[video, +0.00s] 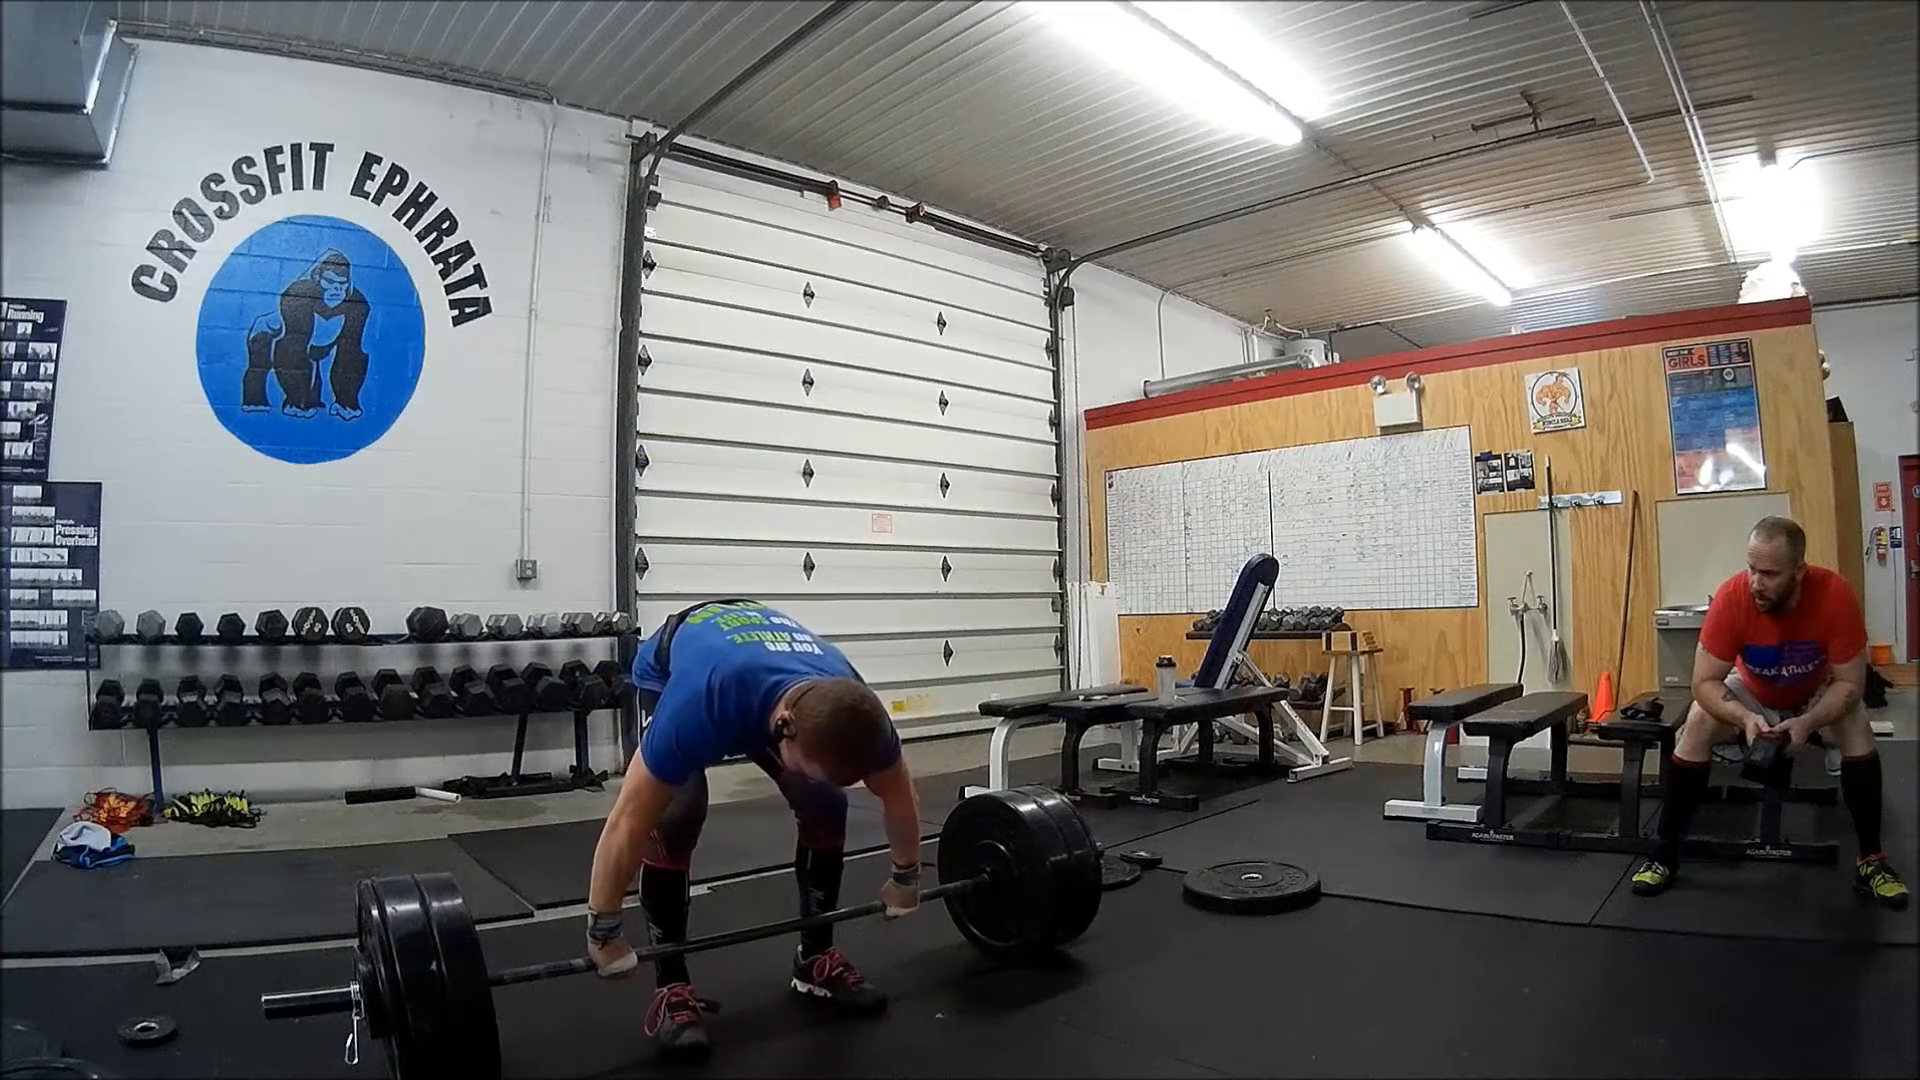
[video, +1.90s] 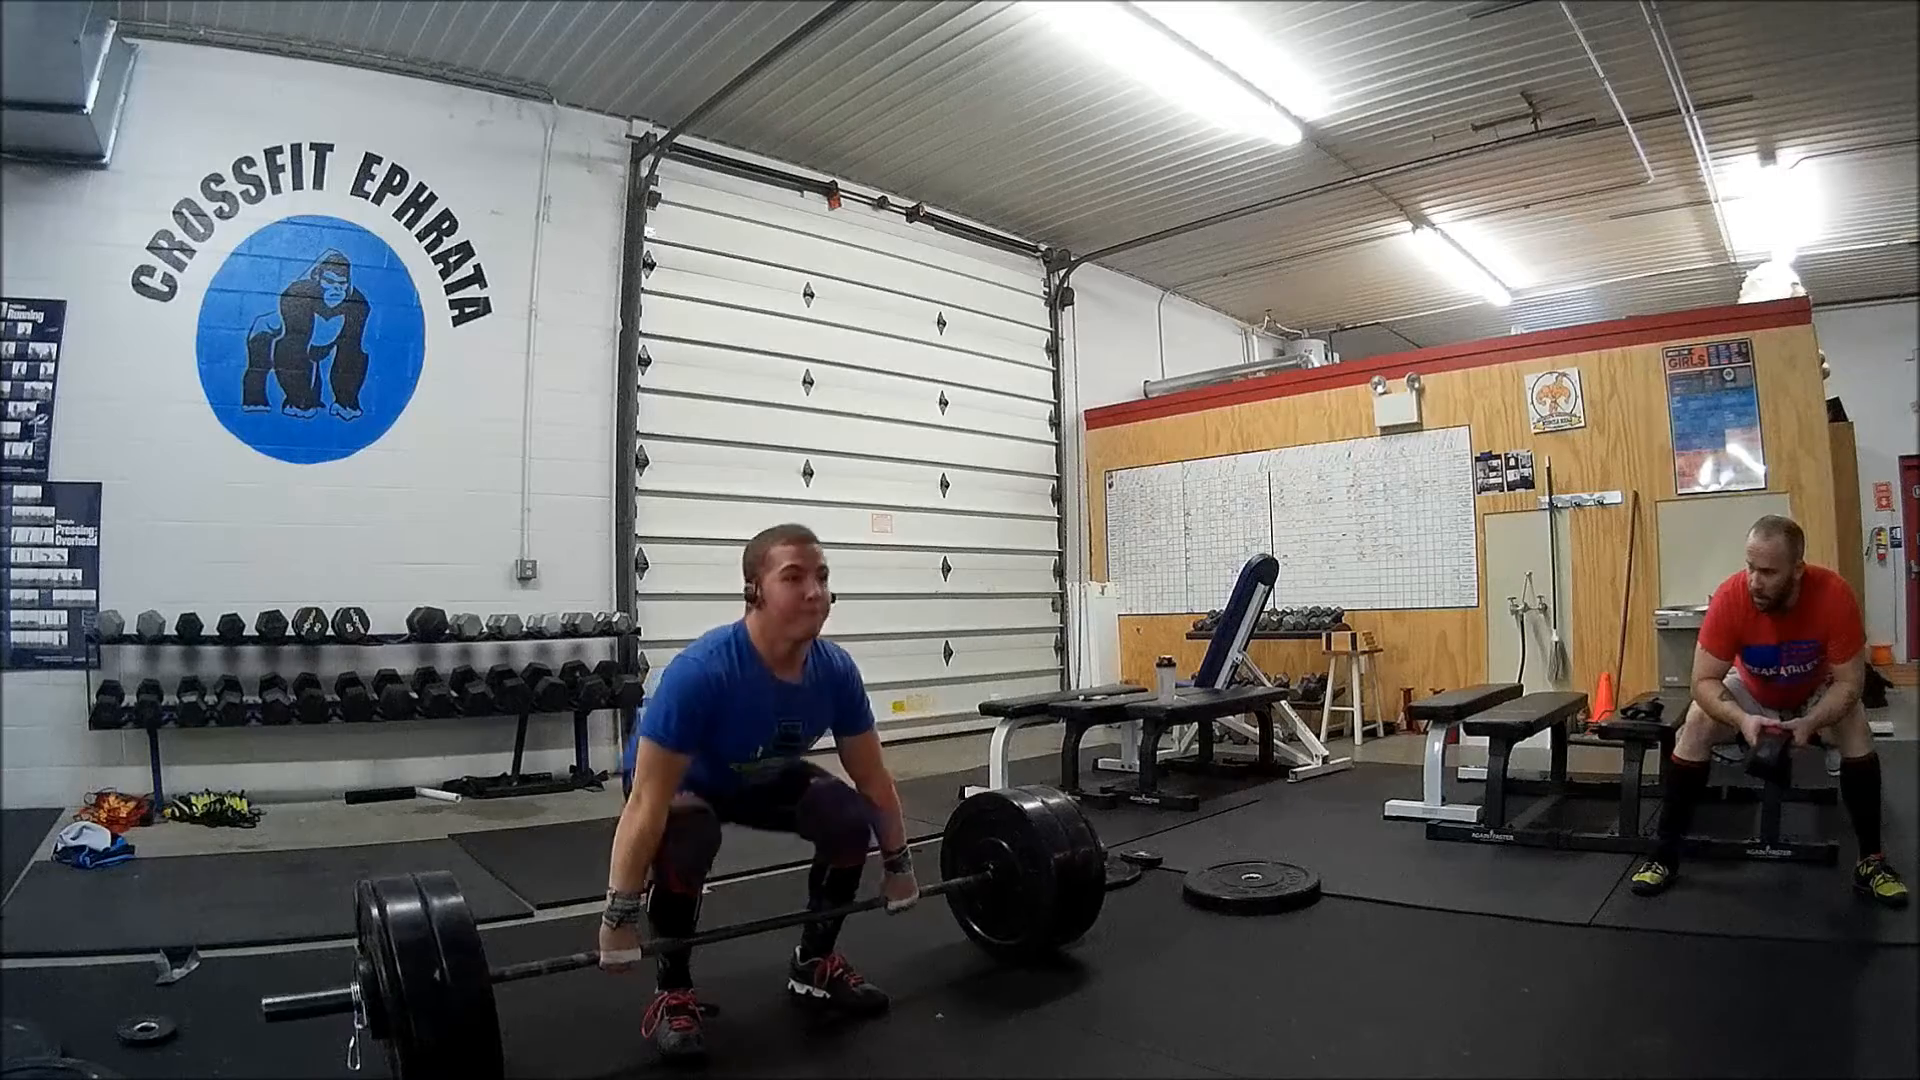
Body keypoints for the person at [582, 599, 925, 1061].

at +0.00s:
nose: (822, 789)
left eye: (838, 782)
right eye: (815, 776)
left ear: (866, 743)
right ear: (785, 726)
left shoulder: (865, 722)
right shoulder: (698, 707)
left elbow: (898, 794)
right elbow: (628, 818)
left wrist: (907, 877)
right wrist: (603, 932)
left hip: (772, 647)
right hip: (671, 667)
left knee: (827, 807)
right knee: (679, 816)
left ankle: (816, 959)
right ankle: (672, 989)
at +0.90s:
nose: (836, 724)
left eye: (847, 710)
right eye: (824, 710)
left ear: (862, 693)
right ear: (789, 675)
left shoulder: (848, 688)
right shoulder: (703, 685)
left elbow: (880, 784)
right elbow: (651, 812)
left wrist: (901, 868)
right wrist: (619, 923)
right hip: (650, 675)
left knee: (805, 799)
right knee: (659, 826)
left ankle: (813, 959)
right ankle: (670, 990)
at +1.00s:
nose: (840, 662)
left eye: (848, 644)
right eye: (826, 643)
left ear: (856, 637)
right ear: (782, 635)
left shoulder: (847, 687)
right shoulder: (701, 681)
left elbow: (880, 780)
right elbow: (647, 809)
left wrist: (900, 871)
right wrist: (618, 922)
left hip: (742, 721)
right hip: (659, 716)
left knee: (831, 805)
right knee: (672, 819)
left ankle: (815, 961)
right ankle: (671, 994)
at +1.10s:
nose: (824, 616)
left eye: (830, 600)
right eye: (805, 601)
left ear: (837, 606)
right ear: (761, 609)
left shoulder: (839, 684)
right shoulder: (698, 680)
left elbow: (879, 776)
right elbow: (639, 800)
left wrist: (902, 869)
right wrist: (619, 921)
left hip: (762, 770)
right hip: (678, 773)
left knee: (852, 817)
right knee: (674, 830)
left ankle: (814, 963)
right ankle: (673, 997)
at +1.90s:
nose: (814, 590)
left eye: (820, 575)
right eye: (794, 577)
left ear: (830, 587)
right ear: (755, 591)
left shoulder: (835, 672)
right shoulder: (698, 674)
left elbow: (871, 776)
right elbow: (648, 797)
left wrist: (898, 862)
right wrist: (619, 912)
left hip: (765, 779)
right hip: (685, 784)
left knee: (851, 819)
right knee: (690, 834)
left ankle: (815, 963)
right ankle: (674, 996)